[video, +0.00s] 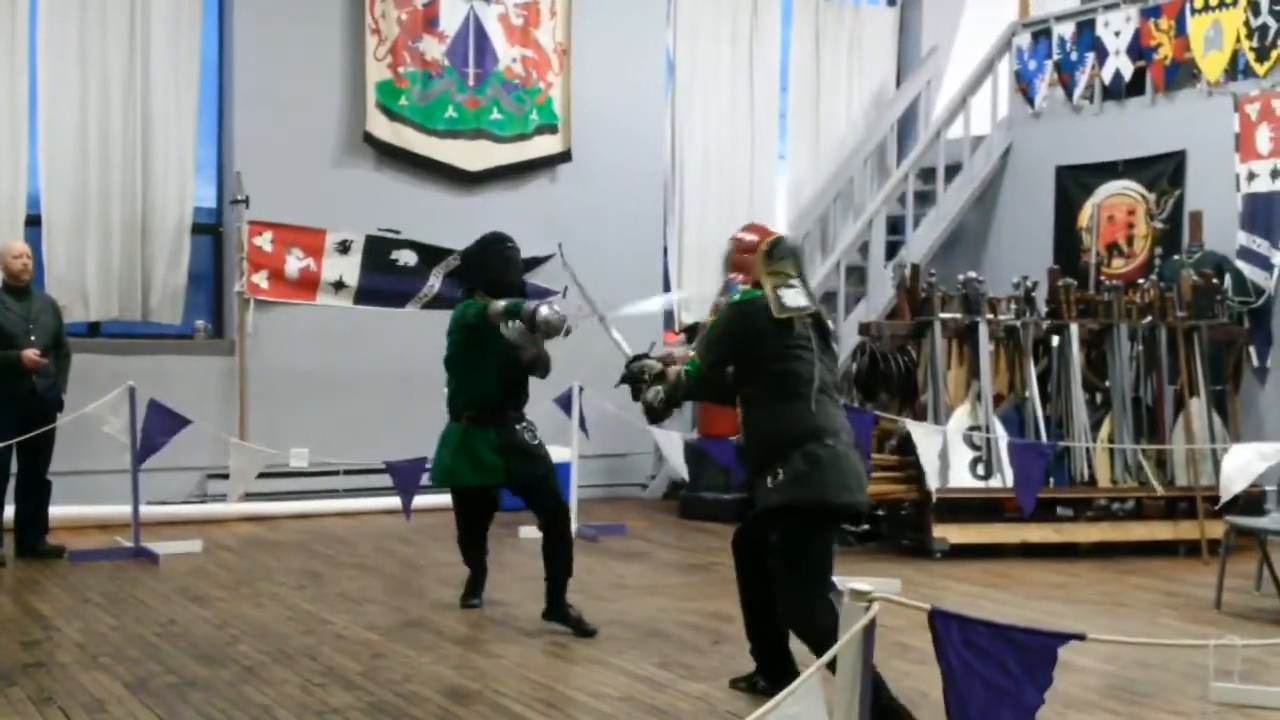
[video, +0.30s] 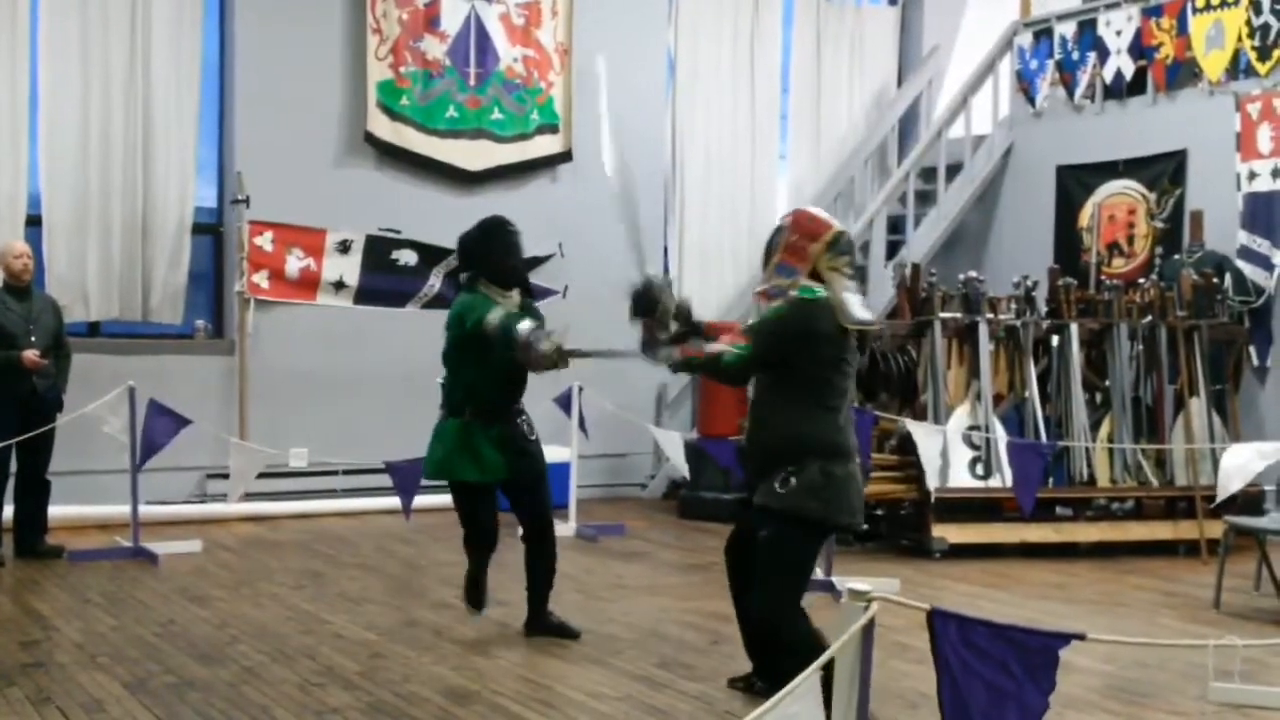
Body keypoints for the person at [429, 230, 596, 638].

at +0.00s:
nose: (518, 273)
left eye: (519, 266)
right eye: (508, 265)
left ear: (518, 271)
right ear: (485, 271)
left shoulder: (517, 320)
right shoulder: (468, 313)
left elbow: (542, 369)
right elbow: (496, 311)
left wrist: (530, 343)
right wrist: (534, 314)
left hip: (514, 432)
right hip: (469, 435)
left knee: (556, 513)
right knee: (471, 527)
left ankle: (556, 603)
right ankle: (476, 574)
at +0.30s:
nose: (518, 259)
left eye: (518, 250)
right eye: (509, 252)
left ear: (516, 256)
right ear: (486, 259)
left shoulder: (523, 308)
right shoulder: (468, 308)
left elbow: (534, 348)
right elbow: (493, 333)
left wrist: (549, 354)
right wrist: (520, 342)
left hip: (511, 428)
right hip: (465, 432)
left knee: (540, 526)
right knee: (482, 534)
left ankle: (538, 613)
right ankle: (477, 569)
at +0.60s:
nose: (454, 271)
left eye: (452, 264)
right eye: (445, 264)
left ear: (445, 273)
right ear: (424, 272)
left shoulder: (463, 324)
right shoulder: (404, 332)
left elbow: (497, 357)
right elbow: (451, 355)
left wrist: (532, 346)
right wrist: (509, 317)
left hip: (453, 453)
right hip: (406, 456)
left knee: (503, 530)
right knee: (416, 544)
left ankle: (527, 612)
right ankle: (406, 652)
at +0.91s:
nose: (378, 266)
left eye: (378, 256)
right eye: (368, 257)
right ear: (344, 264)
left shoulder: (383, 327)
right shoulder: (321, 325)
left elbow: (399, 386)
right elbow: (353, 378)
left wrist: (403, 409)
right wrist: (388, 392)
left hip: (363, 453)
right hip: (331, 455)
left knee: (369, 555)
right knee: (376, 550)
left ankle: (273, 600)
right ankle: (374, 663)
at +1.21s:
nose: (311, 247)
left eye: (310, 236)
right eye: (302, 236)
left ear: (273, 244)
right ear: (279, 243)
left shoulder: (297, 309)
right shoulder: (235, 306)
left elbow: (310, 378)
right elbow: (237, 386)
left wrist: (310, 430)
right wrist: (284, 435)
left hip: (265, 444)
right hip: (221, 439)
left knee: (262, 540)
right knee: (231, 531)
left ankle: (224, 636)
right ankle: (171, 620)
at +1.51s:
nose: (237, 274)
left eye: (235, 264)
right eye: (228, 264)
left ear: (206, 274)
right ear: (199, 272)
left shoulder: (212, 332)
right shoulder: (157, 332)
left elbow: (207, 404)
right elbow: (156, 411)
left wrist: (207, 448)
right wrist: (200, 451)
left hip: (171, 466)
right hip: (122, 462)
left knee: (222, 535)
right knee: (74, 545)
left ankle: (219, 636)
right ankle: (27, 621)